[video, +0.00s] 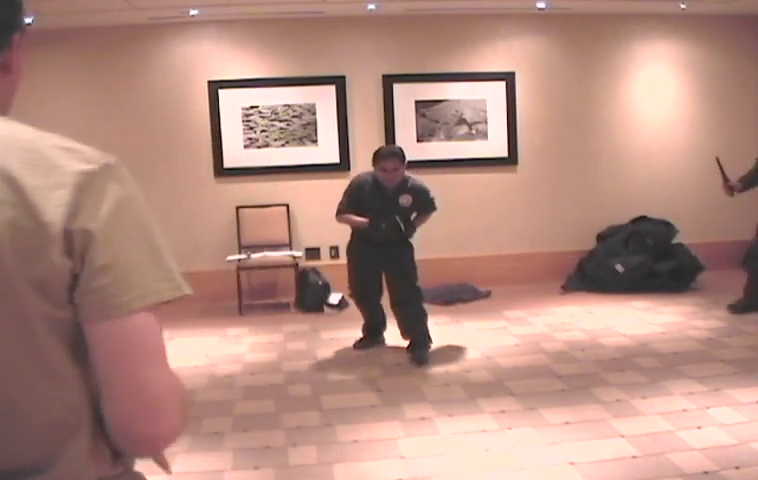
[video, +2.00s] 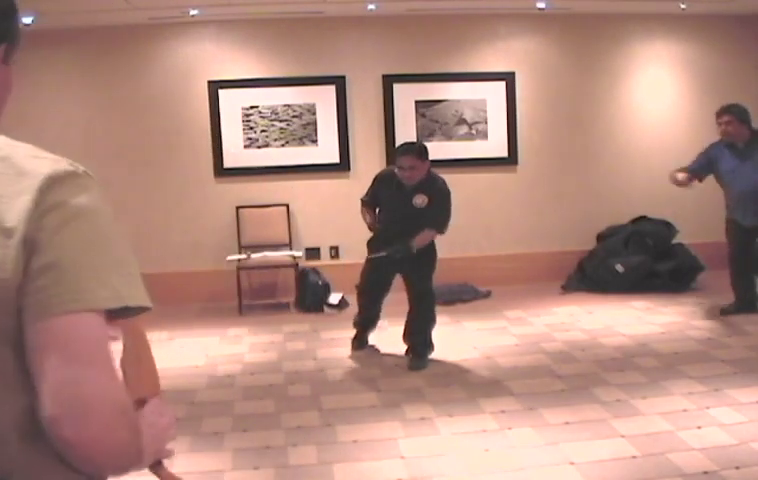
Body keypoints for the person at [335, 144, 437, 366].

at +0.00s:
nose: (390, 176)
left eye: (395, 170)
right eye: (384, 170)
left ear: (404, 167)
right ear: (375, 169)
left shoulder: (413, 187)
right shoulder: (361, 184)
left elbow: (428, 208)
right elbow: (341, 215)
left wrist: (410, 226)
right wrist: (368, 223)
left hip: (397, 248)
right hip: (363, 248)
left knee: (406, 296)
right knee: (364, 294)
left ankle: (419, 343)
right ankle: (373, 333)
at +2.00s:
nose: (405, 174)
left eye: (411, 168)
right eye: (400, 168)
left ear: (426, 166)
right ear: (395, 165)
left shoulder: (438, 188)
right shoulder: (385, 179)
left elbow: (435, 227)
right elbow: (367, 203)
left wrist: (409, 247)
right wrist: (372, 222)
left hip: (418, 246)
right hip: (383, 242)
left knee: (421, 298)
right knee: (369, 291)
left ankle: (418, 350)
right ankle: (362, 329)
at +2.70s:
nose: (394, 167)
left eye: (398, 161)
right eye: (387, 163)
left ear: (404, 158)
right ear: (374, 162)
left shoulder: (415, 178)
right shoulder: (360, 182)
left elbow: (439, 204)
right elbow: (331, 214)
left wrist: (428, 219)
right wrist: (325, 245)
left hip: (411, 246)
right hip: (377, 248)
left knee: (420, 298)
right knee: (381, 301)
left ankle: (424, 349)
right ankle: (380, 350)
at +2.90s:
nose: (392, 169)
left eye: (397, 163)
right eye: (386, 164)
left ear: (403, 159)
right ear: (373, 163)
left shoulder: (412, 177)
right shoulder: (358, 182)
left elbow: (428, 204)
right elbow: (328, 215)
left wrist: (409, 217)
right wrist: (324, 246)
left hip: (407, 244)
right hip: (375, 247)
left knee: (419, 296)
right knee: (380, 301)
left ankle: (422, 346)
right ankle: (380, 350)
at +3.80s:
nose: (401, 171)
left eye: (405, 166)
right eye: (394, 167)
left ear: (411, 161)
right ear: (381, 164)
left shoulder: (421, 178)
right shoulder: (365, 181)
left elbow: (459, 189)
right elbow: (336, 213)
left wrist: (457, 209)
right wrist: (333, 244)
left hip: (412, 247)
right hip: (377, 249)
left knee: (419, 298)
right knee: (379, 302)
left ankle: (421, 346)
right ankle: (380, 351)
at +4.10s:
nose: (406, 172)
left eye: (409, 166)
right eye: (399, 167)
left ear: (414, 160)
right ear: (384, 164)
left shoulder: (422, 178)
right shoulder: (367, 182)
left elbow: (456, 191)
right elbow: (337, 214)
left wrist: (454, 212)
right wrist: (334, 245)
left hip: (413, 247)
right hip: (379, 249)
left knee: (420, 297)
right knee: (381, 301)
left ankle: (421, 346)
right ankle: (380, 350)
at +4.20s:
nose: (406, 171)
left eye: (410, 165)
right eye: (399, 167)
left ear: (414, 160)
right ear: (384, 164)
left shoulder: (422, 178)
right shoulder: (367, 182)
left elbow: (455, 191)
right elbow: (337, 214)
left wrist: (456, 211)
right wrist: (334, 246)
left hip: (413, 248)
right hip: (379, 249)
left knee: (420, 298)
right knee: (381, 302)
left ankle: (421, 346)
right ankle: (380, 350)